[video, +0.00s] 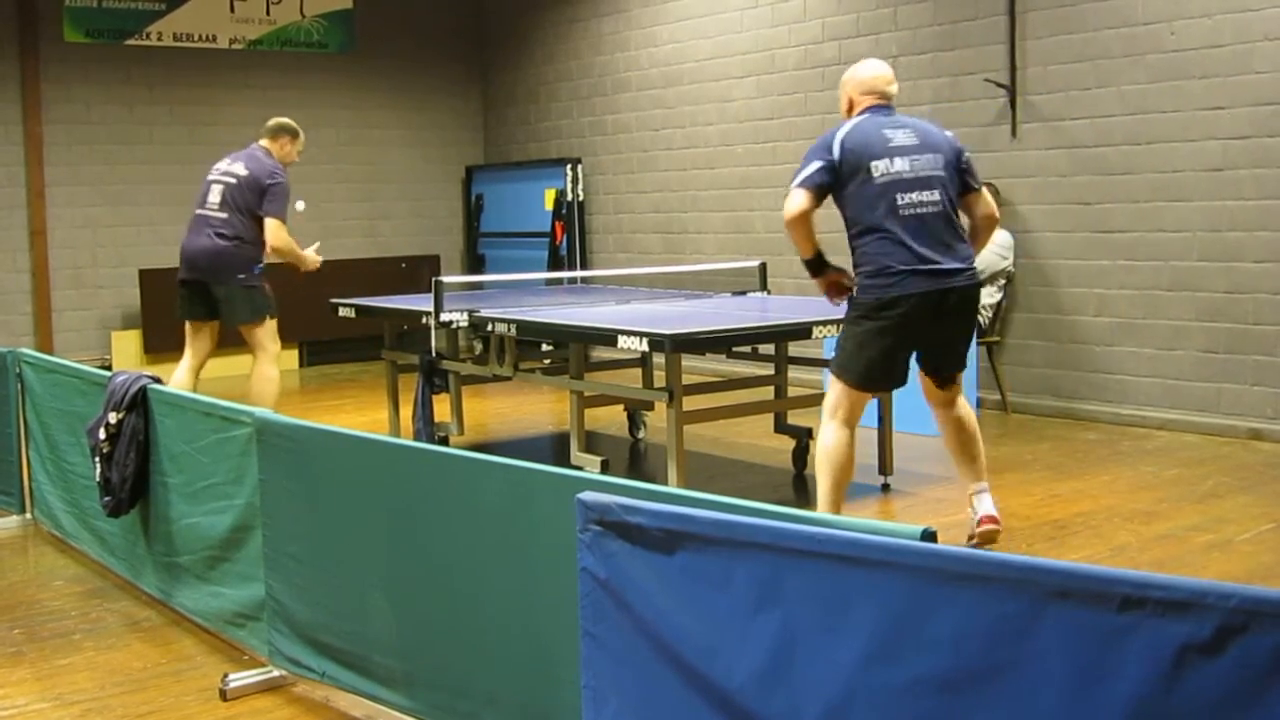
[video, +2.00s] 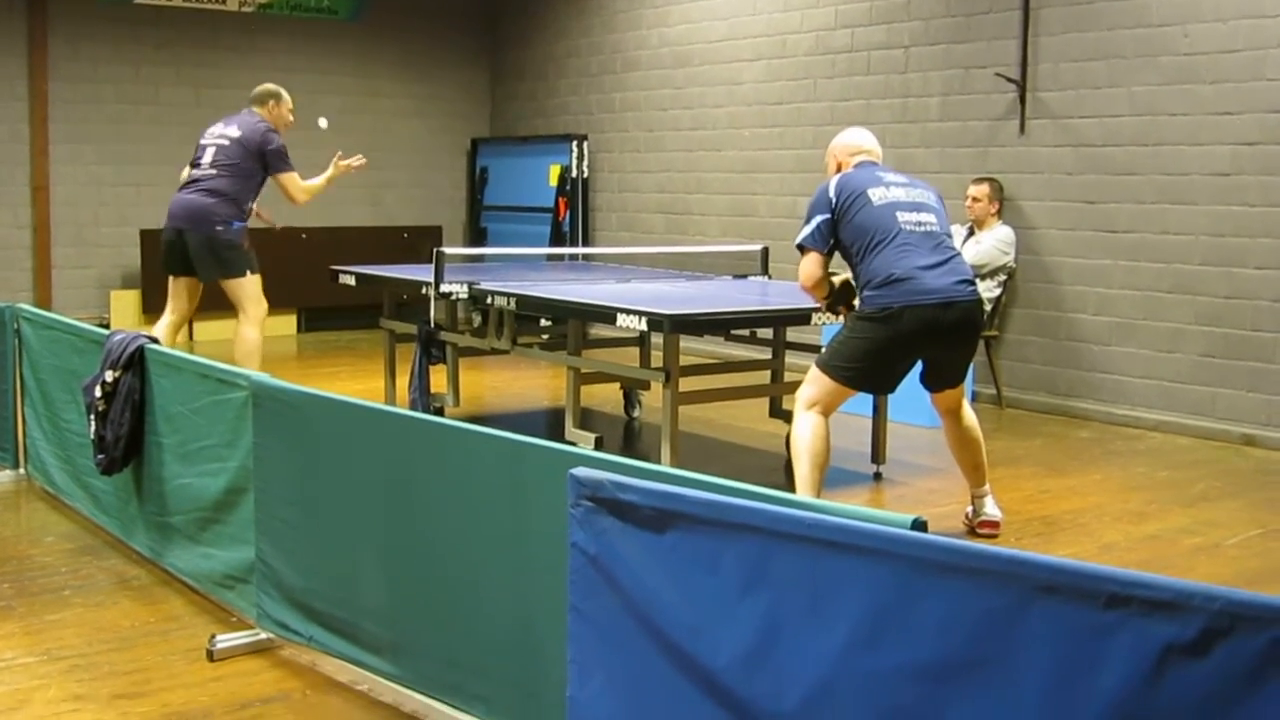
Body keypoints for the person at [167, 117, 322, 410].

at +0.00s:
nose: (297, 159)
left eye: (299, 152)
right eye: (297, 150)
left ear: (270, 141)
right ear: (283, 143)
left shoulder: (229, 161)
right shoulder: (273, 175)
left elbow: (225, 225)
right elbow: (276, 240)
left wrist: (271, 250)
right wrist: (303, 259)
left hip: (193, 260)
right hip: (234, 262)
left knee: (195, 352)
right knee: (267, 350)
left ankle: (167, 428)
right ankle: (262, 438)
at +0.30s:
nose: (319, 189)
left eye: (322, 184)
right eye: (321, 182)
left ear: (295, 165)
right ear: (310, 170)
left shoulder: (256, 175)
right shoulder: (296, 193)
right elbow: (301, 262)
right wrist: (321, 263)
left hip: (198, 256)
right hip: (239, 262)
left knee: (179, 352)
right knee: (277, 352)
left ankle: (151, 424)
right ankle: (262, 438)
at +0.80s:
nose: (321, 238)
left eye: (326, 233)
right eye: (325, 229)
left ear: (301, 209)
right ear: (313, 215)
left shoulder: (261, 211)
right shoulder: (296, 228)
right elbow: (300, 290)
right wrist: (327, 297)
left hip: (185, 271)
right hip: (225, 276)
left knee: (179, 367)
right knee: (279, 357)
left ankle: (147, 426)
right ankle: (263, 442)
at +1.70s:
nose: (305, 211)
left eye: (308, 205)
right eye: (305, 202)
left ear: (284, 189)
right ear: (288, 190)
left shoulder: (237, 191)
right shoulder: (274, 210)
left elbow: (207, 235)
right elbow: (290, 277)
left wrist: (233, 272)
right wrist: (333, 262)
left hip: (166, 259)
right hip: (205, 263)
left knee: (181, 348)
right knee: (271, 336)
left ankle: (150, 401)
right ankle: (261, 420)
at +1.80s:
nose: (301, 178)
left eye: (303, 171)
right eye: (299, 169)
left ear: (277, 158)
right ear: (282, 159)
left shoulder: (231, 166)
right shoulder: (271, 182)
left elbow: (205, 216)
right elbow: (299, 244)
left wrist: (238, 253)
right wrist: (332, 213)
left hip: (167, 241)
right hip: (205, 246)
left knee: (180, 334)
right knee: (261, 328)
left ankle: (152, 397)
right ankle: (260, 415)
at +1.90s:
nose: (297, 144)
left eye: (297, 137)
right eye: (294, 135)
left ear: (269, 129)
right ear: (274, 129)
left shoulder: (222, 142)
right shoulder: (267, 155)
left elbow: (205, 192)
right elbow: (304, 210)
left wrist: (243, 228)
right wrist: (330, 182)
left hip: (171, 226)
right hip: (209, 230)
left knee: (177, 320)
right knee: (252, 317)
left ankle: (146, 385)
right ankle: (253, 405)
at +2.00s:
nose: (292, 119)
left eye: (292, 112)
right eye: (289, 111)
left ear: (262, 107)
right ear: (272, 106)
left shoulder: (219, 126)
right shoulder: (265, 135)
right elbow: (299, 194)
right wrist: (332, 174)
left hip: (178, 216)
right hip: (216, 219)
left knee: (176, 311)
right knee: (253, 309)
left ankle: (141, 379)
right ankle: (248, 397)